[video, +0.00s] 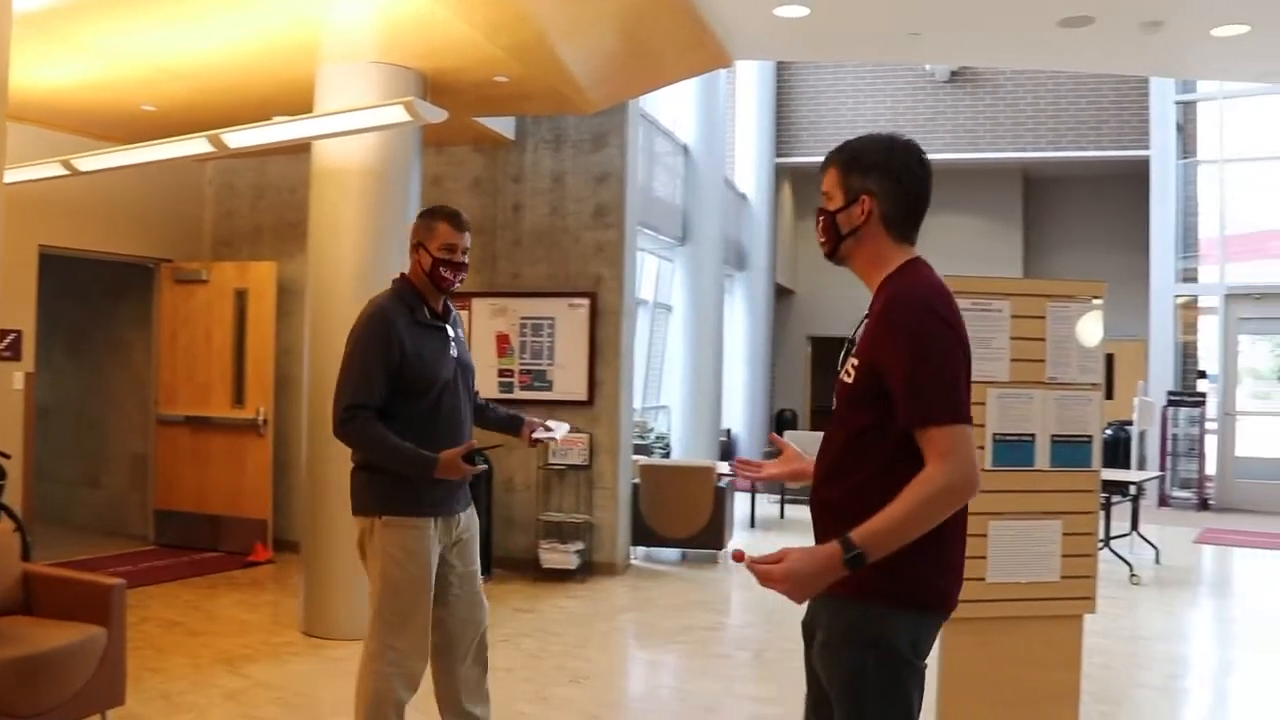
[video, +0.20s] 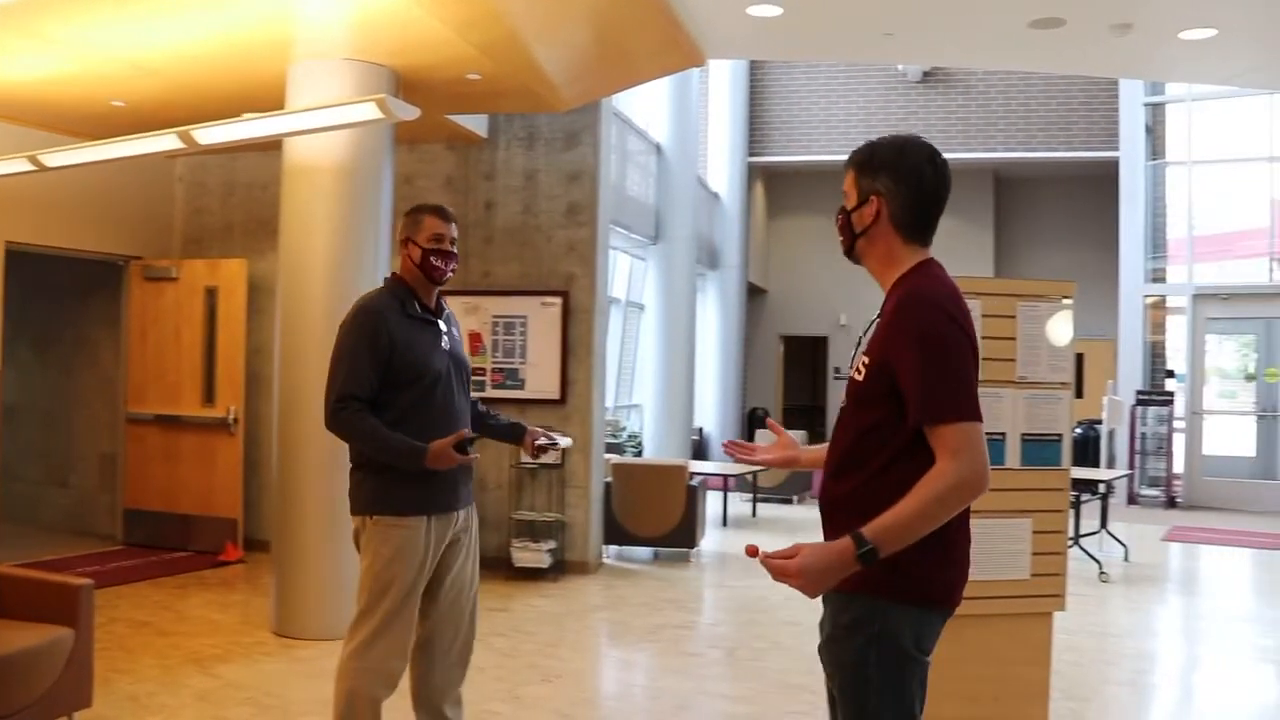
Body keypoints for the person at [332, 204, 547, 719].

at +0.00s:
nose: (458, 265)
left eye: (464, 256)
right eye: (448, 254)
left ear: (466, 259)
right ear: (416, 251)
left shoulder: (448, 320)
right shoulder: (382, 317)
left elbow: (462, 404)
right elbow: (350, 420)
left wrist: (520, 424)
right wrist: (431, 463)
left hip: (456, 508)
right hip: (399, 515)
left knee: (464, 641)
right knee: (397, 653)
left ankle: (469, 717)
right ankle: (378, 718)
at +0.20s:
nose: (447, 257)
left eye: (453, 248)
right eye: (436, 246)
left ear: (458, 253)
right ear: (405, 247)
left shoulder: (443, 318)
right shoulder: (372, 315)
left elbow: (458, 407)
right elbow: (341, 413)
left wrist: (518, 433)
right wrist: (422, 453)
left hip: (456, 509)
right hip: (396, 513)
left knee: (446, 651)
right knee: (376, 654)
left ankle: (441, 717)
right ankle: (354, 718)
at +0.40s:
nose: (445, 256)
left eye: (450, 248)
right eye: (435, 246)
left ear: (452, 254)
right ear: (403, 247)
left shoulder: (439, 321)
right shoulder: (369, 313)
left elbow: (455, 410)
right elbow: (339, 407)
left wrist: (523, 437)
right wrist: (420, 446)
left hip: (448, 507)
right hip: (391, 508)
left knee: (428, 644)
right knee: (372, 645)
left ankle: (415, 713)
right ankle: (338, 715)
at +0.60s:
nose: (436, 256)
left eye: (442, 249)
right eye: (426, 246)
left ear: (444, 256)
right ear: (395, 247)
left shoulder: (426, 321)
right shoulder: (357, 310)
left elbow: (443, 413)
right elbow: (326, 402)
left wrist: (512, 440)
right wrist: (404, 439)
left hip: (426, 501)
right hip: (375, 500)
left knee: (406, 634)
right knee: (374, 633)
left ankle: (383, 713)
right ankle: (326, 717)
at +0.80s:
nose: (424, 255)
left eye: (429, 248)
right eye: (414, 245)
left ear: (429, 254)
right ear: (383, 245)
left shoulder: (403, 318)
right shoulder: (340, 305)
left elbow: (418, 414)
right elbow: (299, 394)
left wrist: (485, 447)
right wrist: (378, 437)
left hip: (397, 499)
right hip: (349, 497)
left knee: (375, 631)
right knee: (360, 633)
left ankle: (354, 713)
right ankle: (332, 716)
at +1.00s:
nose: (406, 256)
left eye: (412, 249)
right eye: (398, 245)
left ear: (412, 253)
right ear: (366, 240)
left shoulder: (386, 316)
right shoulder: (320, 301)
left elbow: (395, 414)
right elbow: (279, 393)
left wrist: (446, 469)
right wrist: (357, 445)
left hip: (371, 495)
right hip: (324, 494)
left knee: (330, 632)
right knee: (342, 638)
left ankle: (318, 714)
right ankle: (348, 716)